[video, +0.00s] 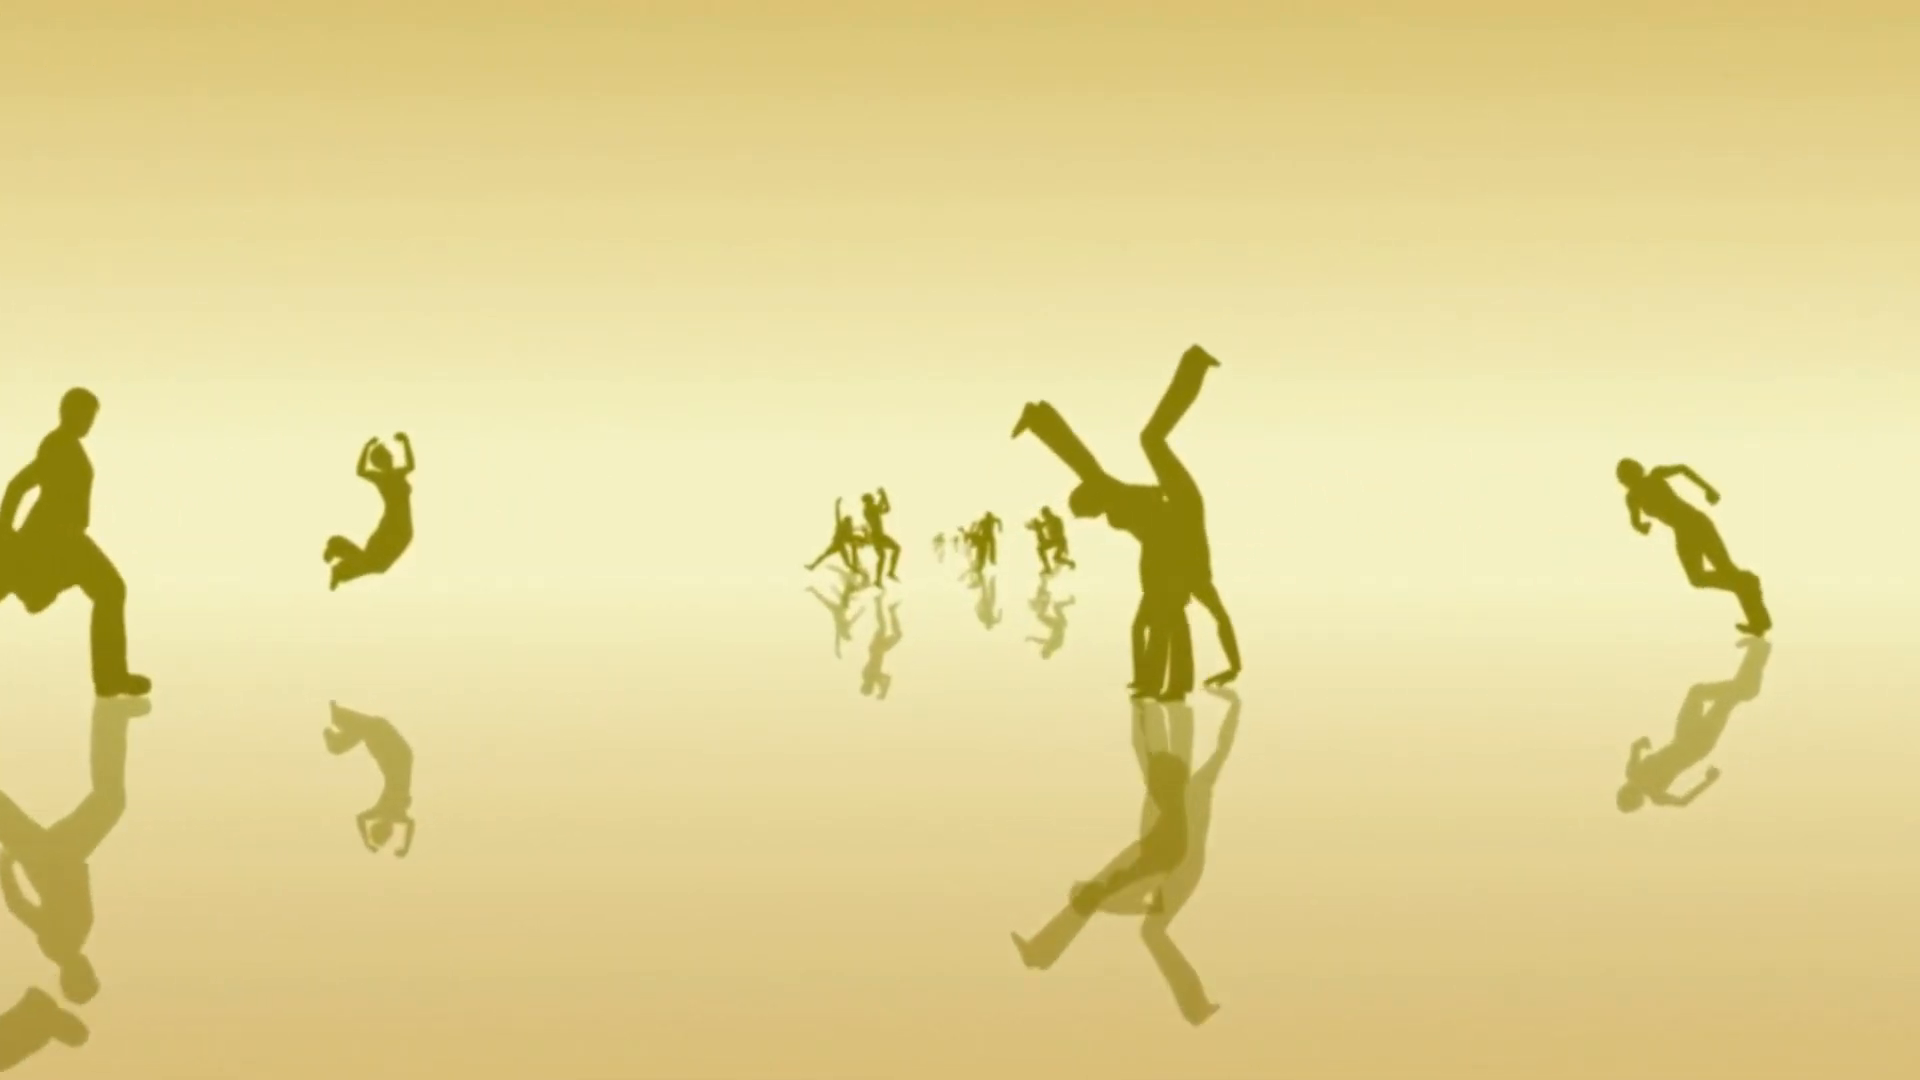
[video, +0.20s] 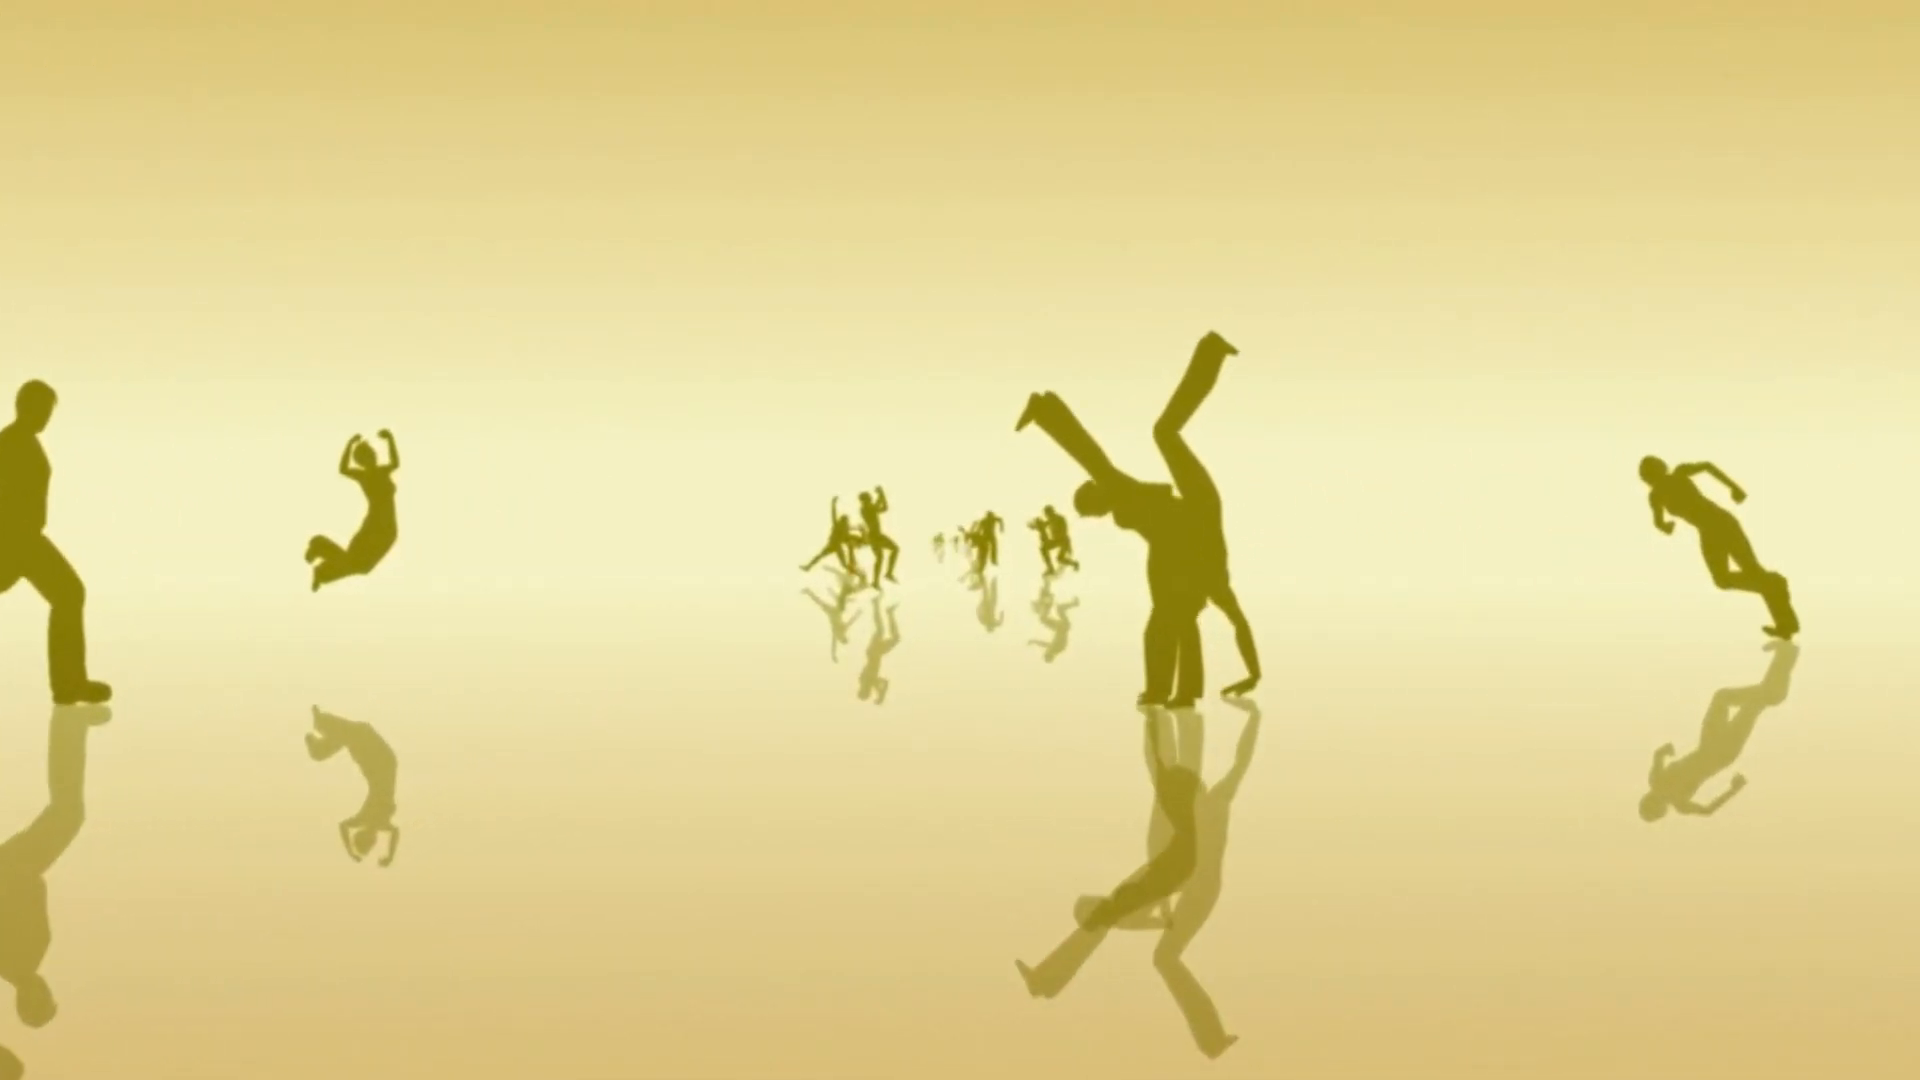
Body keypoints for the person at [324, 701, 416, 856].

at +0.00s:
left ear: (387, 829)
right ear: (375, 826)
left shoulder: (397, 816)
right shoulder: (378, 812)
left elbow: (411, 823)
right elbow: (360, 818)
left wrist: (405, 848)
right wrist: (366, 842)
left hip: (383, 731)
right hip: (372, 728)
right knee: (336, 747)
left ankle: (338, 713)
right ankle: (327, 732)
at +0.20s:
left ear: (371, 838)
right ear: (359, 835)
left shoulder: (380, 824)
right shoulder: (361, 821)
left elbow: (396, 831)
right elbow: (342, 826)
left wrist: (390, 856)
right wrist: (349, 851)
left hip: (365, 735)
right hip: (355, 734)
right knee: (318, 754)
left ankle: (321, 719)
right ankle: (309, 737)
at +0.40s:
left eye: (347, 856)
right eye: (343, 856)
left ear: (354, 847)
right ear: (342, 844)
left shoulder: (364, 832)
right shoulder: (343, 829)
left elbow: (379, 841)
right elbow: (324, 834)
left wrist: (373, 866)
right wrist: (332, 860)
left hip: (349, 741)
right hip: (336, 741)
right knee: (299, 760)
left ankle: (302, 725)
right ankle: (290, 742)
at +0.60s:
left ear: (335, 856)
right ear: (322, 853)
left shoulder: (346, 841)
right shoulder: (325, 838)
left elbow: (362, 849)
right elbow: (305, 843)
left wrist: (355, 875)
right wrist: (312, 870)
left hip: (330, 747)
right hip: (317, 747)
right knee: (279, 767)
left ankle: (282, 730)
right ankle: (270, 749)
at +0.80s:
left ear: (316, 866)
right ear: (303, 863)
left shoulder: (327, 851)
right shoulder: (307, 847)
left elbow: (343, 859)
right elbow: (286, 853)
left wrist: (337, 886)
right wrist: (293, 881)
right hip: (298, 753)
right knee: (258, 774)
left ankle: (262, 736)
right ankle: (249, 756)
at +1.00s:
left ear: (297, 876)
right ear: (283, 872)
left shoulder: (307, 860)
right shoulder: (286, 857)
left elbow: (324, 870)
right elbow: (263, 863)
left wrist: (317, 898)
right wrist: (271, 891)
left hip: (290, 761)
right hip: (276, 760)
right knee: (236, 782)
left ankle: (239, 742)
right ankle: (226, 762)